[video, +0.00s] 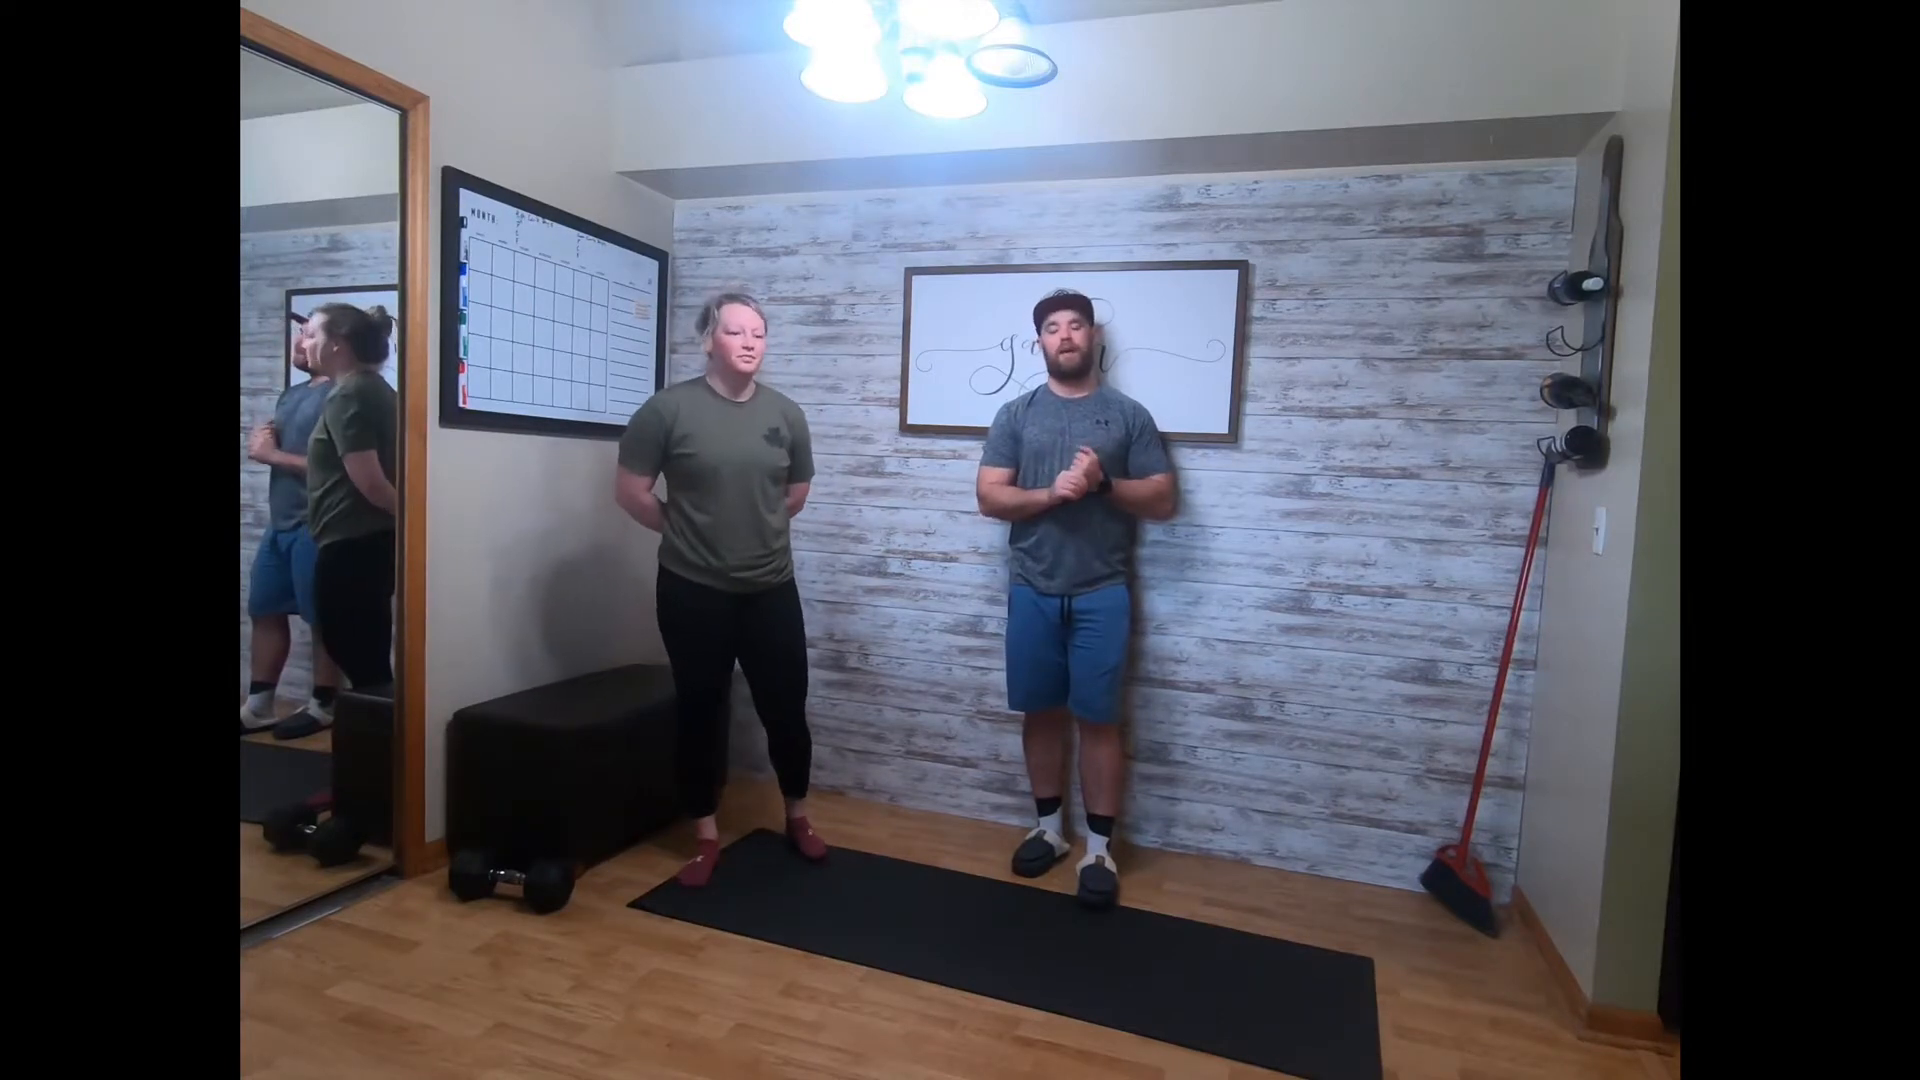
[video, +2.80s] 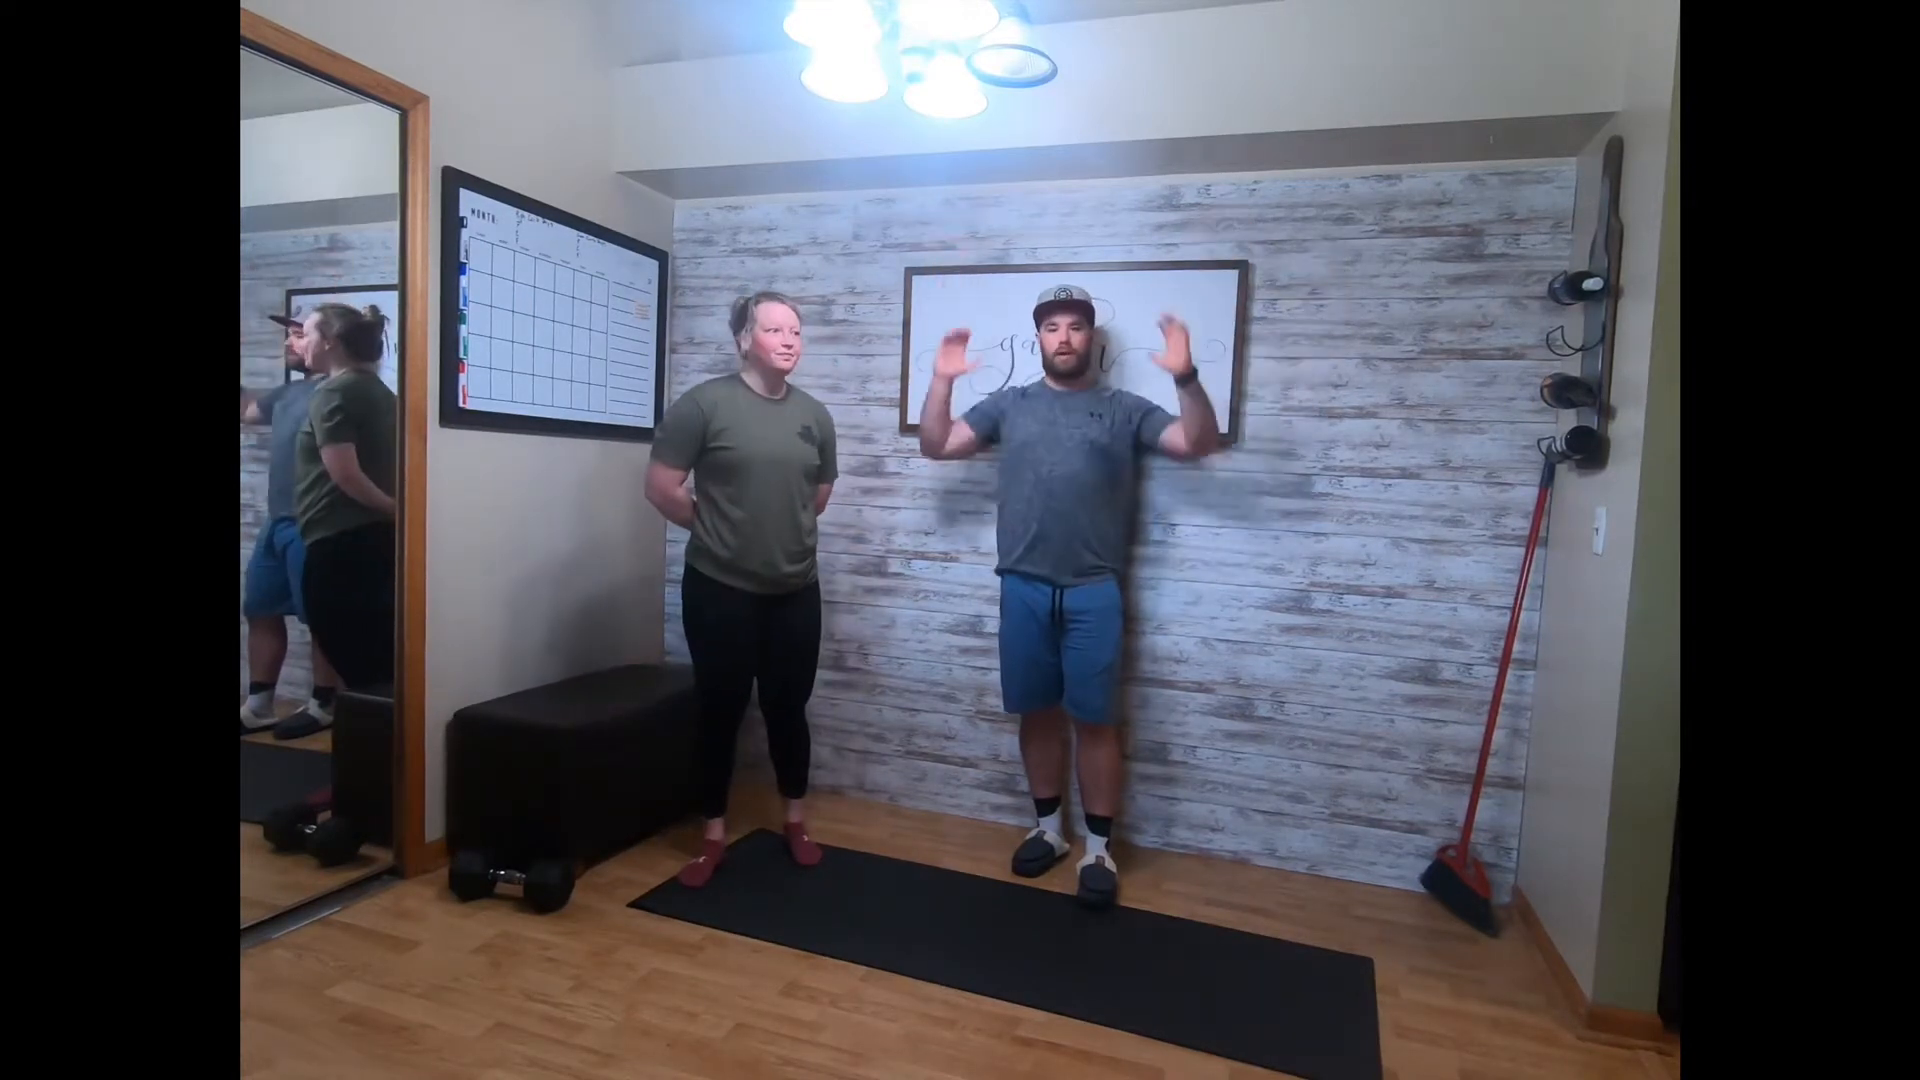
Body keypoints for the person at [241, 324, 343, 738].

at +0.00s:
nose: (300, 340)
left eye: (309, 333)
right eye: (301, 332)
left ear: (331, 343)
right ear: (301, 344)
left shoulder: (340, 395)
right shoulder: (292, 395)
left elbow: (329, 467)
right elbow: (277, 443)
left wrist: (273, 454)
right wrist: (267, 440)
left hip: (316, 526)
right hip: (280, 526)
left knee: (321, 619)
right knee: (266, 611)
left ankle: (324, 706)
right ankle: (259, 704)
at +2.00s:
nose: (294, 339)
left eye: (304, 332)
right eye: (295, 333)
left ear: (326, 342)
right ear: (299, 344)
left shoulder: (343, 392)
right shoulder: (294, 394)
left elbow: (346, 447)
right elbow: (276, 446)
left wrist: (317, 412)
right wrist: (248, 413)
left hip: (317, 523)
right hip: (276, 523)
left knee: (321, 617)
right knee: (260, 608)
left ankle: (324, 706)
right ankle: (259, 704)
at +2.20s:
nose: (300, 344)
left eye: (310, 336)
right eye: (300, 337)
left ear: (334, 344)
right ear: (301, 345)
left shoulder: (347, 394)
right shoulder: (293, 391)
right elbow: (254, 411)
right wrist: (242, 371)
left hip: (319, 527)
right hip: (279, 525)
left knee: (321, 619)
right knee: (261, 609)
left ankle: (325, 706)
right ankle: (259, 703)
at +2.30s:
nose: (298, 342)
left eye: (308, 336)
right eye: (297, 335)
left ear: (331, 344)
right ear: (296, 343)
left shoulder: (347, 391)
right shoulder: (289, 386)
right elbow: (250, 384)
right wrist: (238, 346)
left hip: (322, 528)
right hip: (280, 523)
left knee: (322, 621)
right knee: (264, 609)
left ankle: (324, 705)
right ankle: (259, 703)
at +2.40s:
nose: (296, 340)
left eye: (305, 333)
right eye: (296, 332)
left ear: (329, 341)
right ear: (296, 341)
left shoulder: (340, 385)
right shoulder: (290, 379)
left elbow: (351, 345)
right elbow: (253, 355)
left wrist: (340, 299)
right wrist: (238, 324)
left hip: (322, 522)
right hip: (283, 519)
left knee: (322, 618)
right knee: (264, 609)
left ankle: (324, 705)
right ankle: (259, 702)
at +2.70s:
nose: (291, 340)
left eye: (301, 332)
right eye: (292, 333)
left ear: (327, 340)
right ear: (294, 342)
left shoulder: (338, 386)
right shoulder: (287, 381)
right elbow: (246, 375)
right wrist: (240, 328)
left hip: (318, 524)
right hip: (280, 521)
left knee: (321, 620)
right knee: (262, 609)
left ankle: (324, 705)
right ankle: (259, 703)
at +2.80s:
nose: (292, 341)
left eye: (301, 333)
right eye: (293, 333)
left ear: (325, 342)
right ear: (298, 343)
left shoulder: (338, 392)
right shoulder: (287, 391)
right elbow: (249, 408)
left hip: (317, 525)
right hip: (278, 522)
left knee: (320, 621)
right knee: (262, 610)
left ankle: (324, 705)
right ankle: (259, 704)